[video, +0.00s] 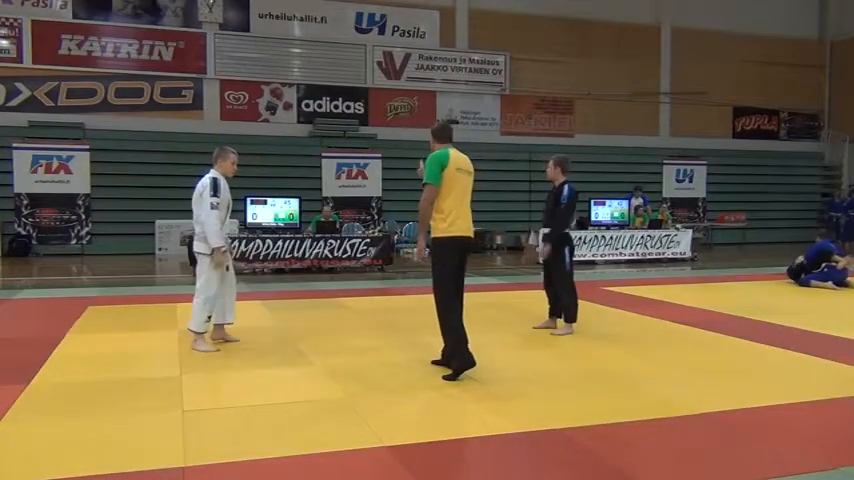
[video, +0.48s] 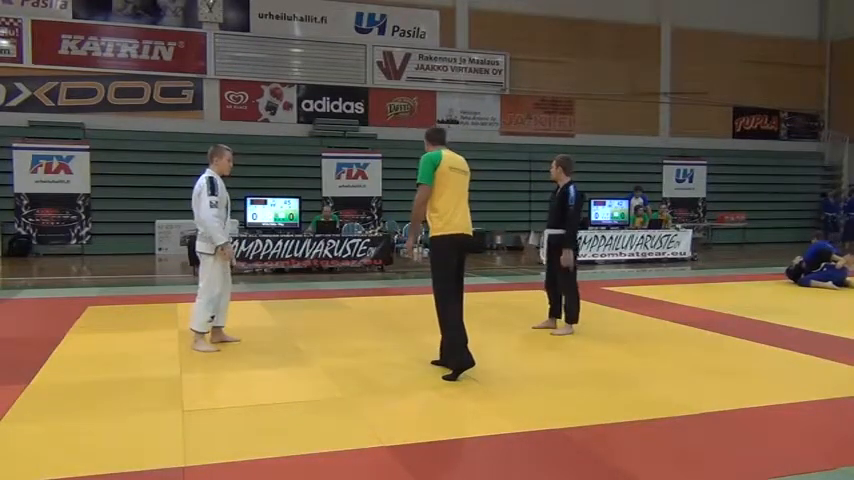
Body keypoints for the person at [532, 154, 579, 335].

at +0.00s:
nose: (547, 171)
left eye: (549, 168)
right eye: (547, 168)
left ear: (558, 169)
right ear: (557, 170)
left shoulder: (568, 190)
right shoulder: (553, 190)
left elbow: (563, 219)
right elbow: (548, 217)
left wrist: (551, 242)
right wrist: (542, 240)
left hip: (561, 239)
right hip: (549, 238)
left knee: (564, 280)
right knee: (550, 280)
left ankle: (569, 323)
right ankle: (552, 317)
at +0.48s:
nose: (550, 171)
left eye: (552, 167)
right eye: (551, 167)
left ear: (560, 169)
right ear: (561, 170)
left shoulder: (571, 190)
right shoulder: (557, 191)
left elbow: (572, 221)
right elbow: (553, 221)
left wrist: (568, 247)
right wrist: (546, 245)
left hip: (564, 240)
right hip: (552, 239)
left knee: (567, 282)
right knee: (551, 280)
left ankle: (569, 323)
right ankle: (552, 318)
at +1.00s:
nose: (551, 171)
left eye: (553, 168)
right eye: (552, 168)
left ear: (561, 170)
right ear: (562, 170)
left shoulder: (574, 191)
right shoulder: (557, 191)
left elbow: (573, 222)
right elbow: (551, 218)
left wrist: (565, 248)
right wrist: (541, 238)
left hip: (565, 240)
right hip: (551, 239)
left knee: (568, 282)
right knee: (550, 281)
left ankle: (569, 323)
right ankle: (551, 318)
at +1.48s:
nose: (545, 172)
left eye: (548, 169)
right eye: (544, 169)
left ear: (559, 169)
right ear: (552, 171)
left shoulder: (569, 191)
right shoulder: (551, 192)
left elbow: (575, 218)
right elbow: (547, 216)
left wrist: (560, 232)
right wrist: (533, 232)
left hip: (566, 244)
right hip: (550, 243)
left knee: (569, 284)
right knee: (540, 282)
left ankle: (570, 323)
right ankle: (537, 318)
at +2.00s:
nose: (512, 179)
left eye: (514, 175)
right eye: (511, 175)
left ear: (524, 172)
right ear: (519, 174)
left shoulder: (540, 189)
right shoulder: (522, 193)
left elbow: (545, 217)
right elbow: (514, 220)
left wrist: (535, 236)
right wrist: (499, 241)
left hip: (546, 239)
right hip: (531, 240)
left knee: (550, 280)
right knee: (526, 281)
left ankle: (564, 321)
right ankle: (525, 320)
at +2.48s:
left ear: (509, 178)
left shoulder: (522, 191)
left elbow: (528, 221)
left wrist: (518, 242)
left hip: (526, 243)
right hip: (515, 243)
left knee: (521, 280)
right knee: (513, 281)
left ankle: (513, 321)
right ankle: (523, 317)